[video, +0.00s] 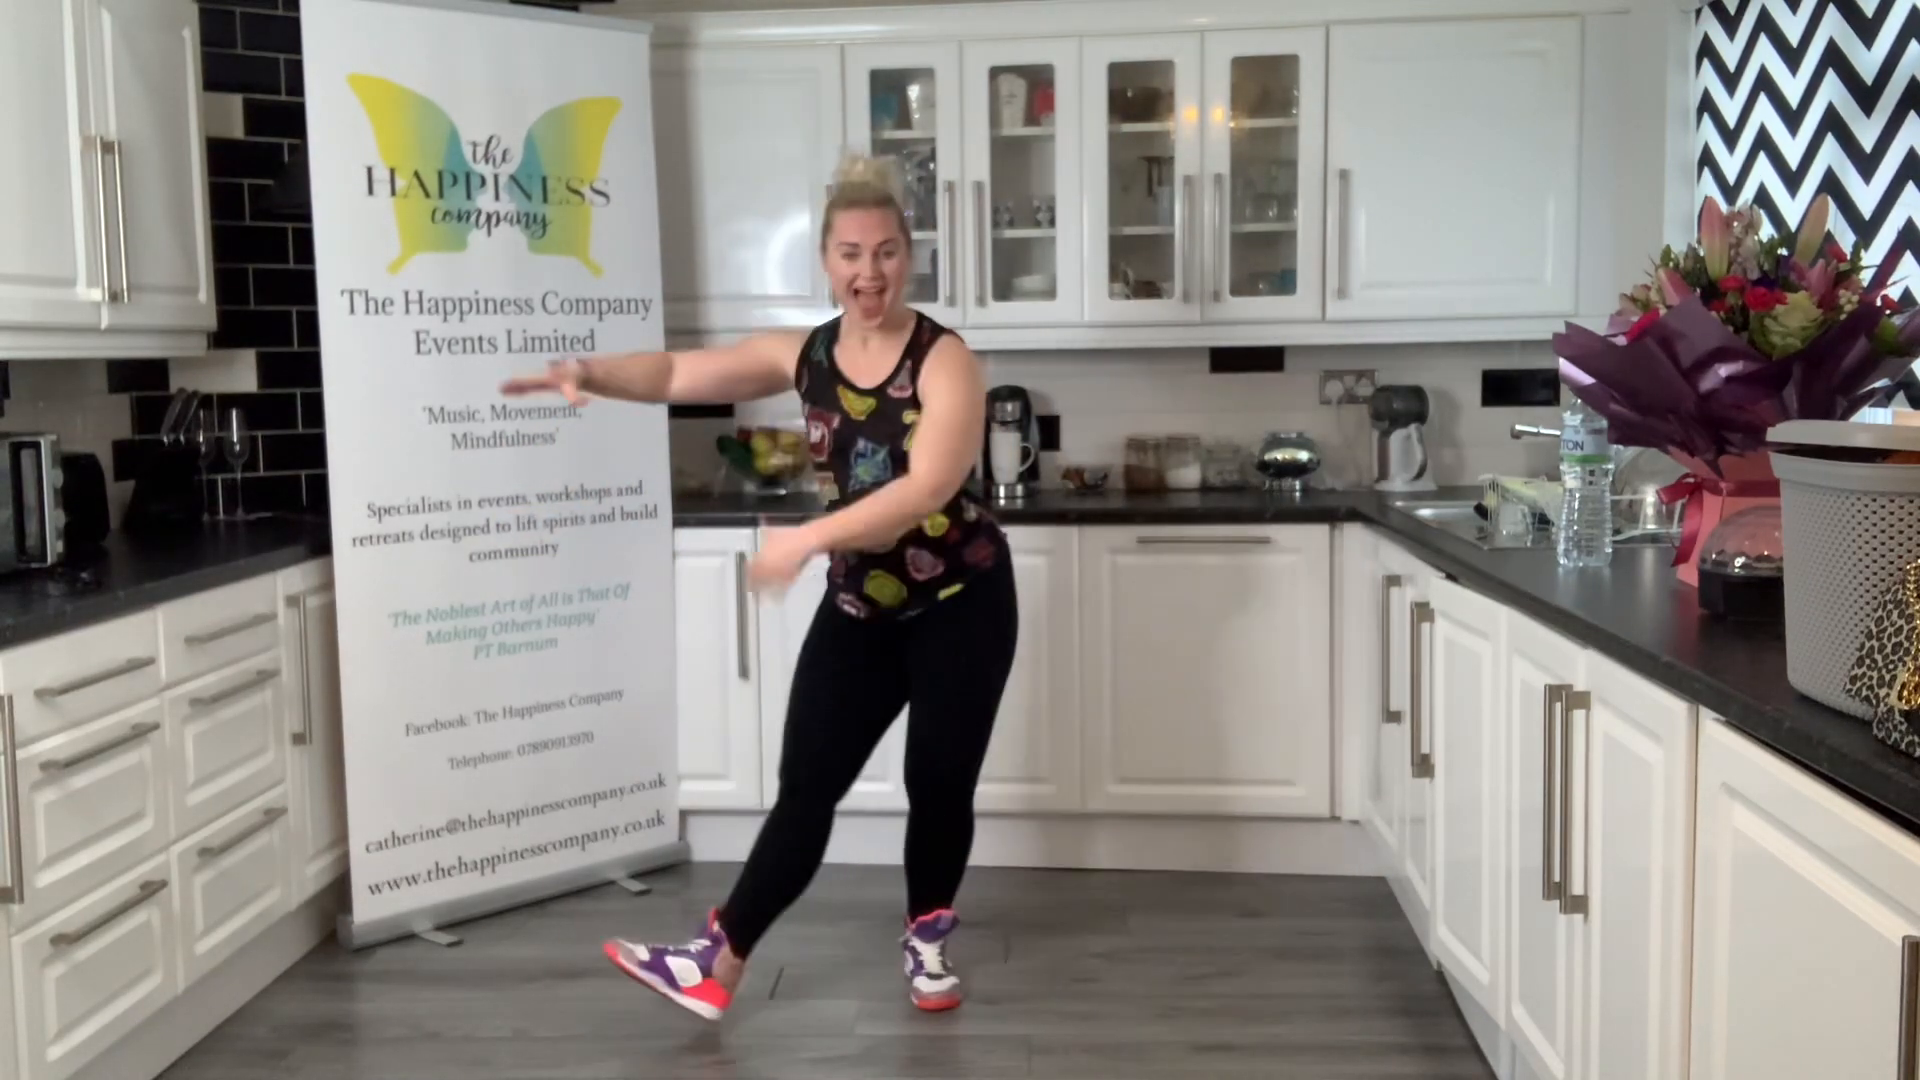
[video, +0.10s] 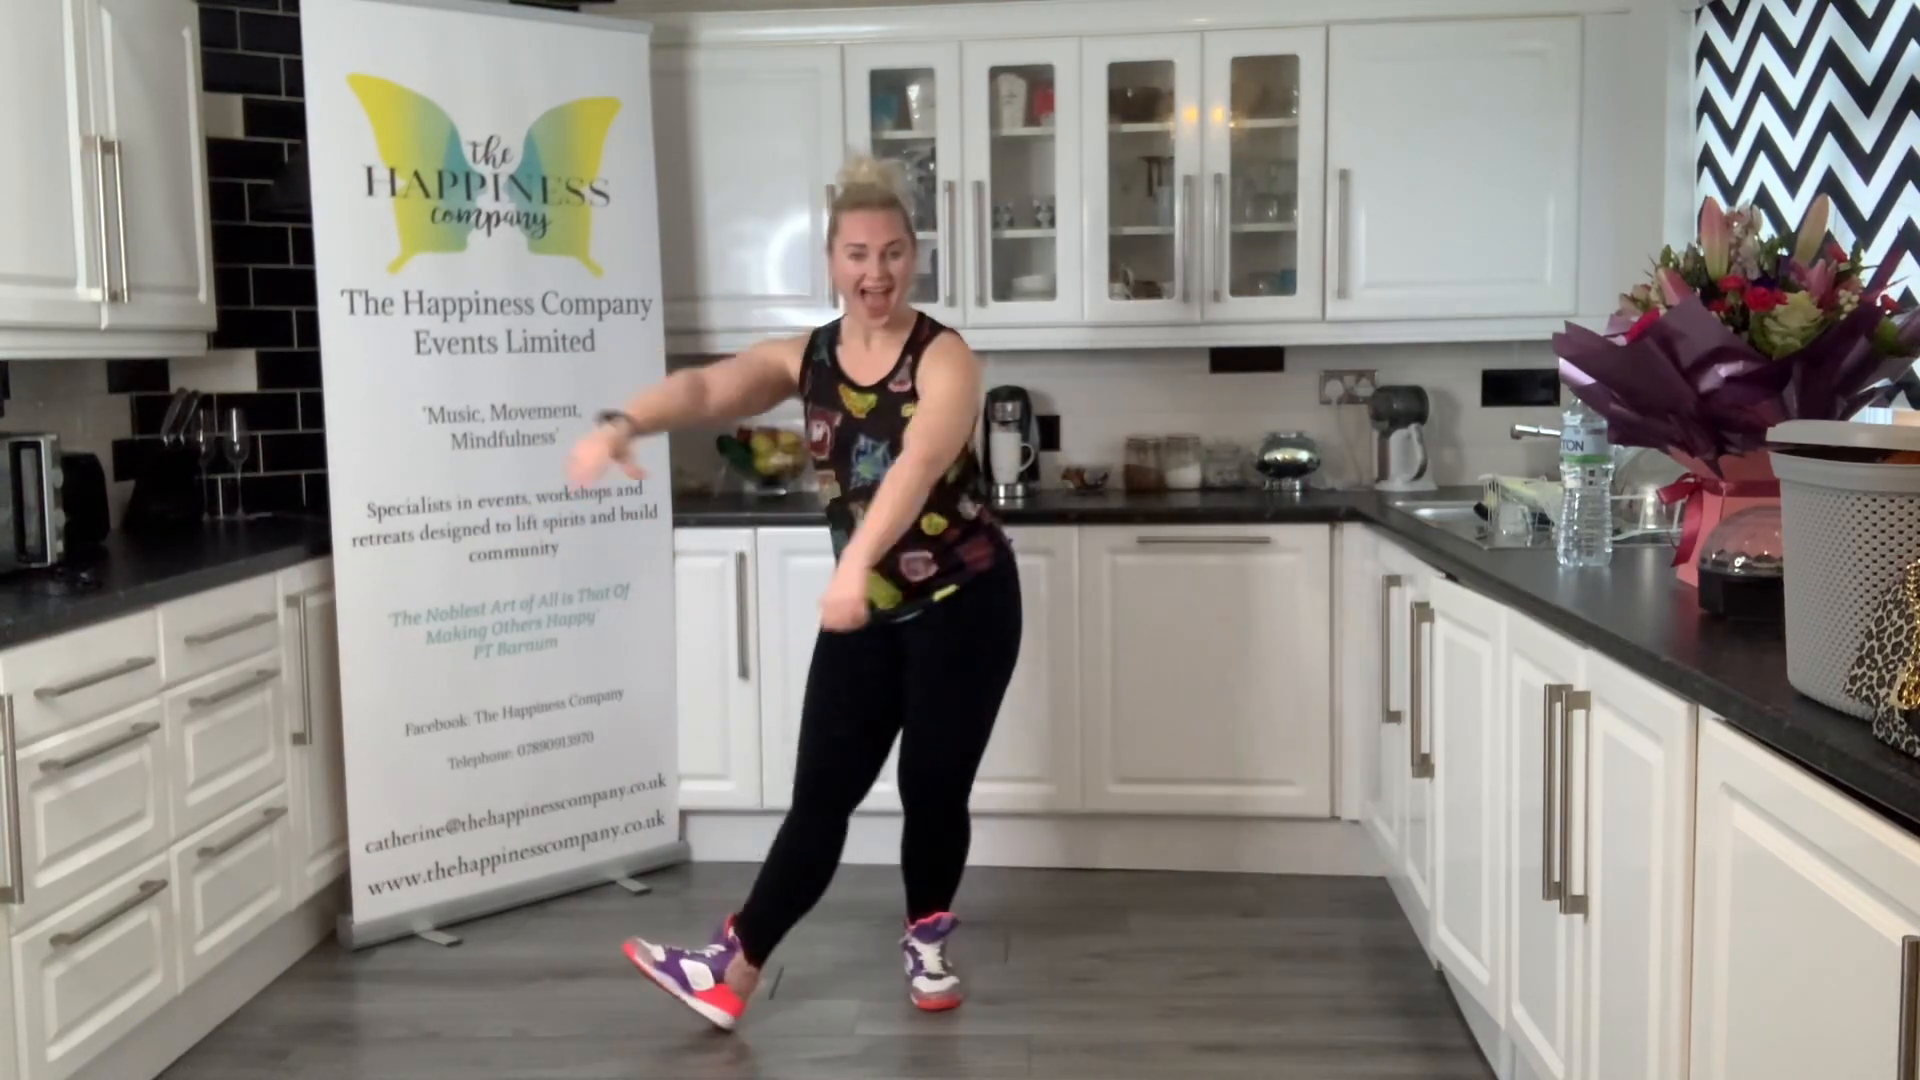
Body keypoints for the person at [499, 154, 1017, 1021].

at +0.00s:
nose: (868, 271)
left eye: (885, 251)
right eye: (849, 252)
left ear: (910, 254)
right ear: (825, 258)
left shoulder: (947, 363)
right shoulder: (806, 353)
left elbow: (930, 488)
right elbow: (676, 374)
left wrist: (809, 538)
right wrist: (586, 371)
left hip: (962, 605)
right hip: (862, 603)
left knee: (941, 787)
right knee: (805, 790)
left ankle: (930, 938)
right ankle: (718, 957)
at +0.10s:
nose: (875, 270)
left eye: (891, 252)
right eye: (857, 254)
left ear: (915, 256)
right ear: (832, 261)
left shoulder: (948, 359)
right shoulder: (805, 356)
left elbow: (920, 465)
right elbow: (711, 389)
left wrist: (855, 564)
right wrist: (626, 422)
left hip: (963, 601)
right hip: (865, 604)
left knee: (936, 790)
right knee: (821, 795)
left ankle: (928, 939)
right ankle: (738, 964)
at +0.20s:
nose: (873, 268)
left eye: (889, 250)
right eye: (854, 250)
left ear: (912, 253)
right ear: (828, 256)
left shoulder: (948, 353)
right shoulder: (793, 358)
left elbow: (970, 480)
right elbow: (747, 419)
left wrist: (934, 514)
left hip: (963, 597)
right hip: (864, 600)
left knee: (925, 774)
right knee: (799, 768)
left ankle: (927, 939)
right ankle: (734, 960)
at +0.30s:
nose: (871, 260)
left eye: (887, 241)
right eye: (852, 243)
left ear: (909, 244)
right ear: (824, 248)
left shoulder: (948, 336)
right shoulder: (785, 358)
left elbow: (1000, 362)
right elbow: (784, 451)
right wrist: (867, 516)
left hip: (959, 585)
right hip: (855, 588)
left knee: (925, 768)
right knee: (788, 747)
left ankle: (926, 937)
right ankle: (753, 948)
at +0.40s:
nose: (867, 252)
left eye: (883, 233)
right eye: (847, 233)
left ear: (906, 235)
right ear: (821, 237)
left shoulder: (953, 330)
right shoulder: (785, 349)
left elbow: (1071, 378)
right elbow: (787, 472)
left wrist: (1083, 301)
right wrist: (902, 523)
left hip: (954, 584)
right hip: (844, 587)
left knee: (929, 763)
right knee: (810, 765)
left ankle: (926, 938)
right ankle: (766, 946)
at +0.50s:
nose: (867, 254)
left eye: (885, 234)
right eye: (848, 235)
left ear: (910, 237)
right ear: (822, 238)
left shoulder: (947, 329)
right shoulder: (788, 353)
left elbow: (1064, 384)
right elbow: (794, 495)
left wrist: (1088, 313)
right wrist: (901, 547)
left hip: (941, 585)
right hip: (830, 587)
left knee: (920, 755)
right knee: (814, 756)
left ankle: (925, 940)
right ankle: (773, 946)